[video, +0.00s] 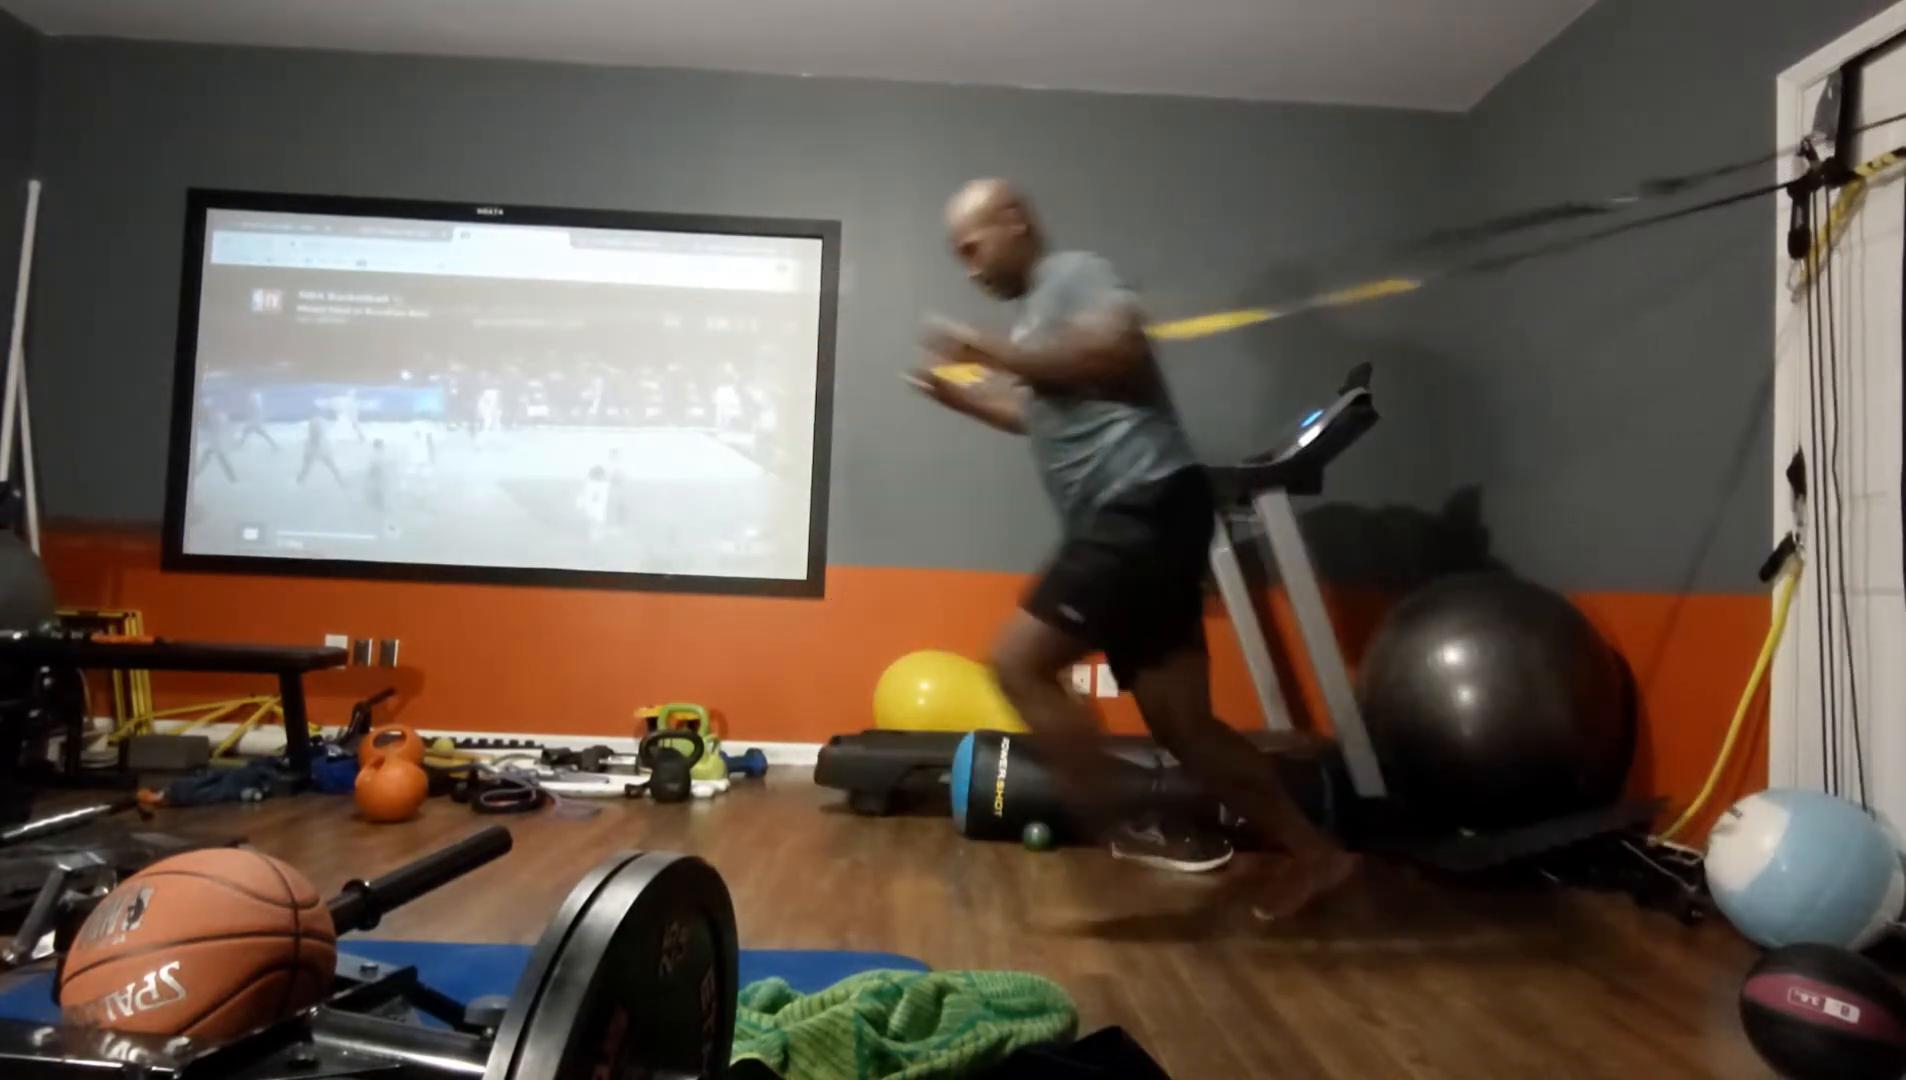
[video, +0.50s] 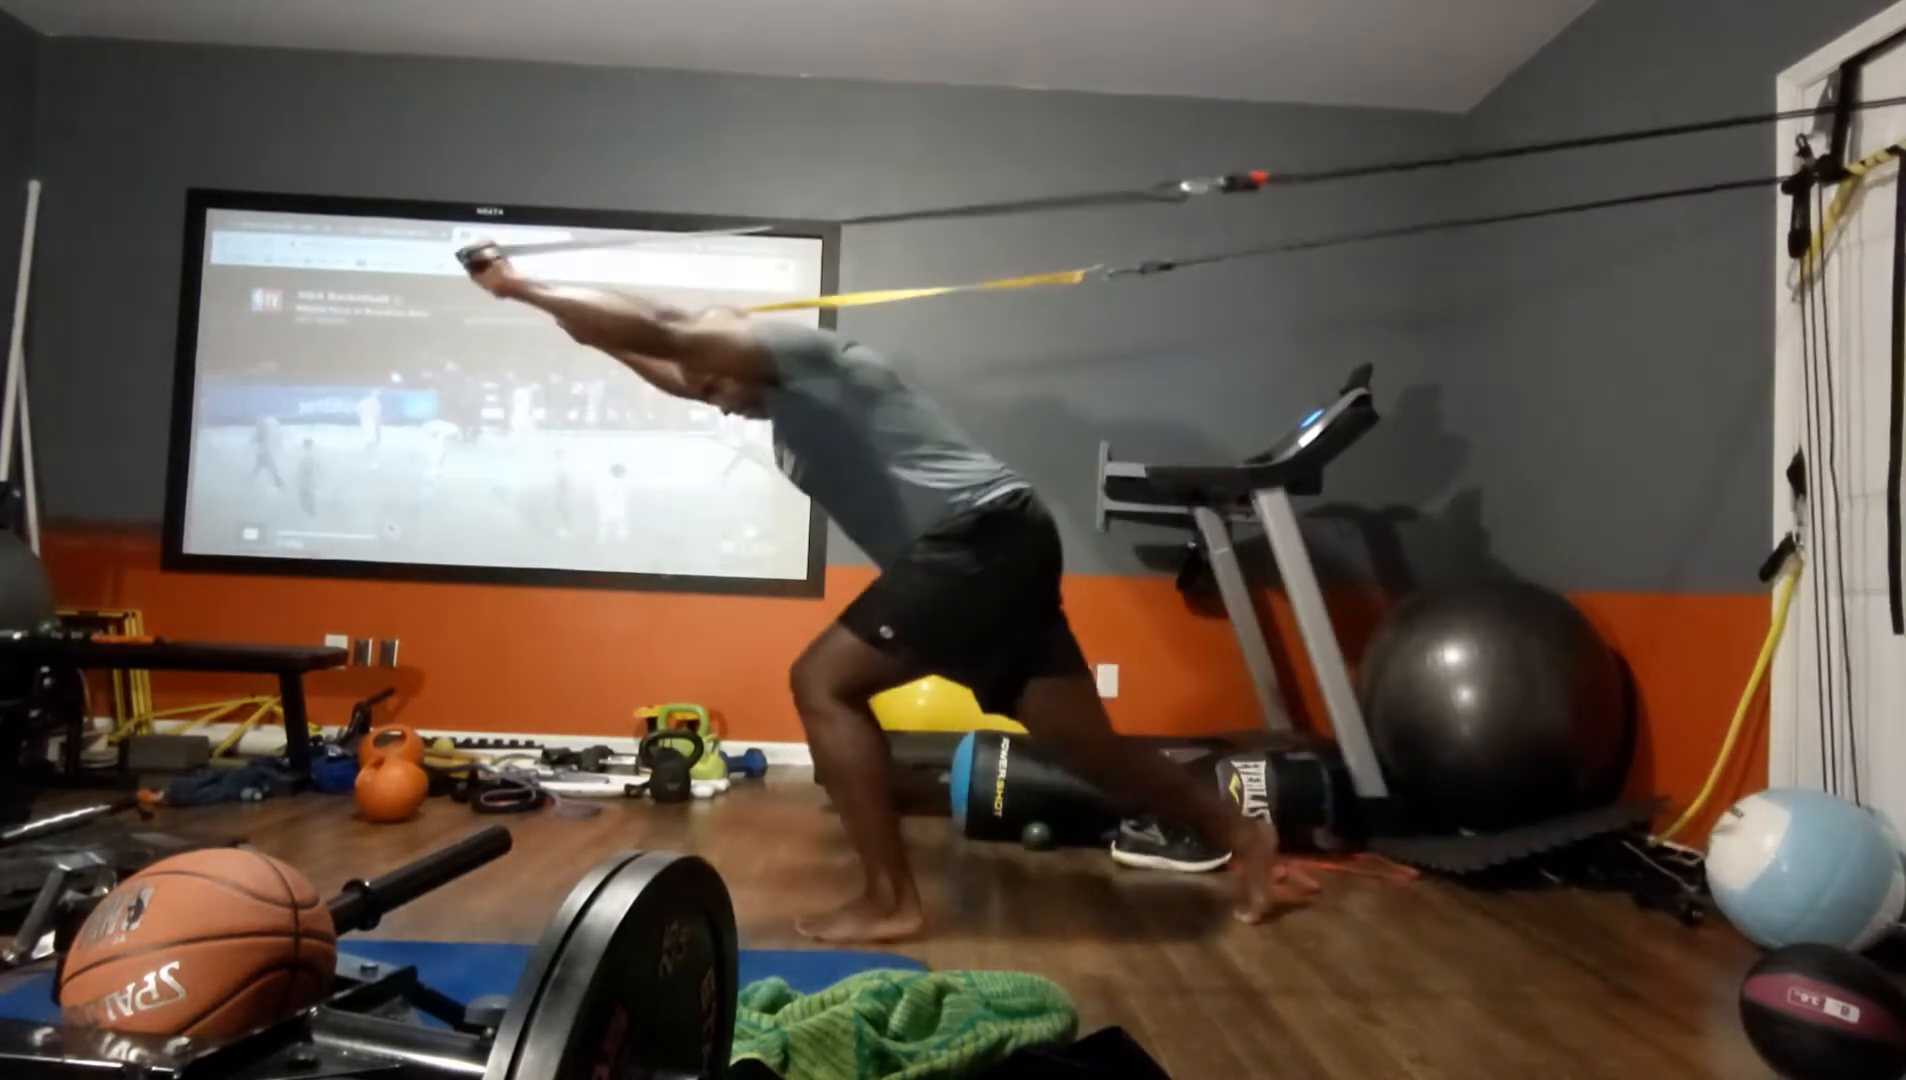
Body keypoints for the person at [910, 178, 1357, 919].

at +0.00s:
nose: (968, 262)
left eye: (974, 241)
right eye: (959, 250)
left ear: (1020, 223)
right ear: (969, 255)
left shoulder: (1076, 274)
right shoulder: (1027, 319)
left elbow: (1121, 361)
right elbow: (1040, 416)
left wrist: (1001, 356)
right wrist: (959, 396)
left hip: (1149, 504)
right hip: (1120, 514)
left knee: (1019, 665)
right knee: (1182, 725)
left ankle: (1125, 829)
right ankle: (1314, 854)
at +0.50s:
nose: (694, 390)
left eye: (694, 374)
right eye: (682, 383)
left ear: (732, 344)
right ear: (736, 367)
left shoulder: (802, 353)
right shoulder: (800, 414)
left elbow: (655, 338)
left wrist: (524, 288)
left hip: (980, 534)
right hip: (996, 544)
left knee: (822, 686)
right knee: (1091, 748)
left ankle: (888, 899)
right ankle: (1246, 843)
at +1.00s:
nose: (814, 277)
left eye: (824, 261)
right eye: (812, 269)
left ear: (874, 256)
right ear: (850, 280)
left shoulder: (926, 308)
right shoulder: (885, 364)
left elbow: (805, 309)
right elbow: (790, 374)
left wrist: (674, 276)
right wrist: (693, 340)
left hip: (1033, 521)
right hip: (1051, 530)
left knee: (869, 667)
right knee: (1120, 740)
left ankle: (890, 896)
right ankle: (1266, 845)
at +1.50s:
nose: (1060, 207)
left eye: (1074, 190)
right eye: (1061, 194)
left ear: (1123, 193)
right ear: (1115, 198)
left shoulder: (1165, 250)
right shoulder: (1123, 291)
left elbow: (1254, 329)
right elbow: (1150, 409)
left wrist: (1140, 346)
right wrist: (1070, 401)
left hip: (1212, 482)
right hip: (1219, 485)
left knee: (1123, 674)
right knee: (1213, 694)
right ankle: (1304, 859)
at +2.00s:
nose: (1159, 196)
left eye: (1174, 179)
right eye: (1160, 183)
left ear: (1227, 184)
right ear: (1211, 190)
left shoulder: (1283, 248)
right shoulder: (1218, 293)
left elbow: (1376, 334)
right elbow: (1253, 398)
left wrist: (1268, 366)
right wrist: (1171, 410)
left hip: (1352, 497)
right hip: (1280, 511)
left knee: (1384, 694)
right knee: (1248, 685)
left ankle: (1499, 885)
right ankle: (1316, 878)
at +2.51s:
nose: (1094, 212)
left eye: (1106, 195)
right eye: (1093, 199)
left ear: (1156, 197)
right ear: (1139, 206)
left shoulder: (1215, 256)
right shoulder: (1154, 296)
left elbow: (1316, 335)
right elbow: (1202, 392)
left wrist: (1203, 370)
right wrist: (1133, 400)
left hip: (1287, 514)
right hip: (1212, 531)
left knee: (1339, 711)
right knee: (1183, 698)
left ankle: (1495, 879)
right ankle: (1310, 868)